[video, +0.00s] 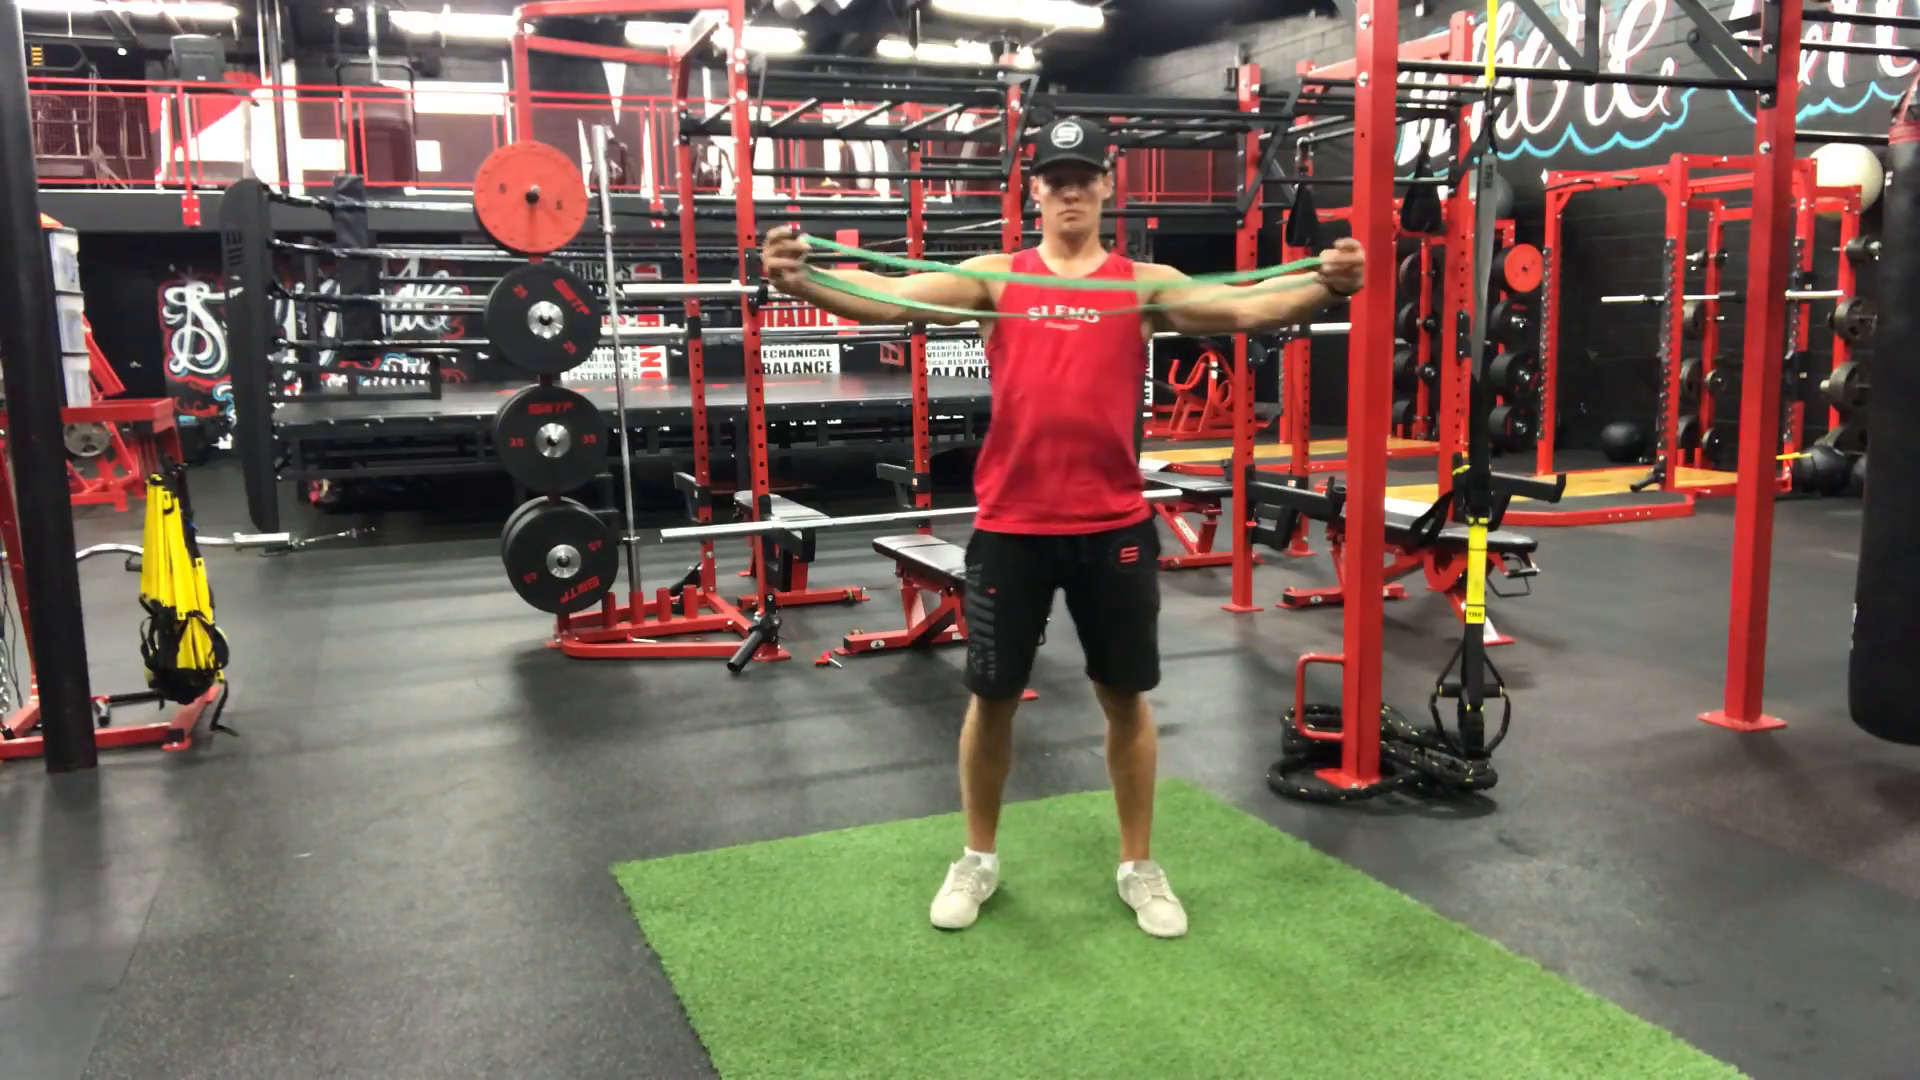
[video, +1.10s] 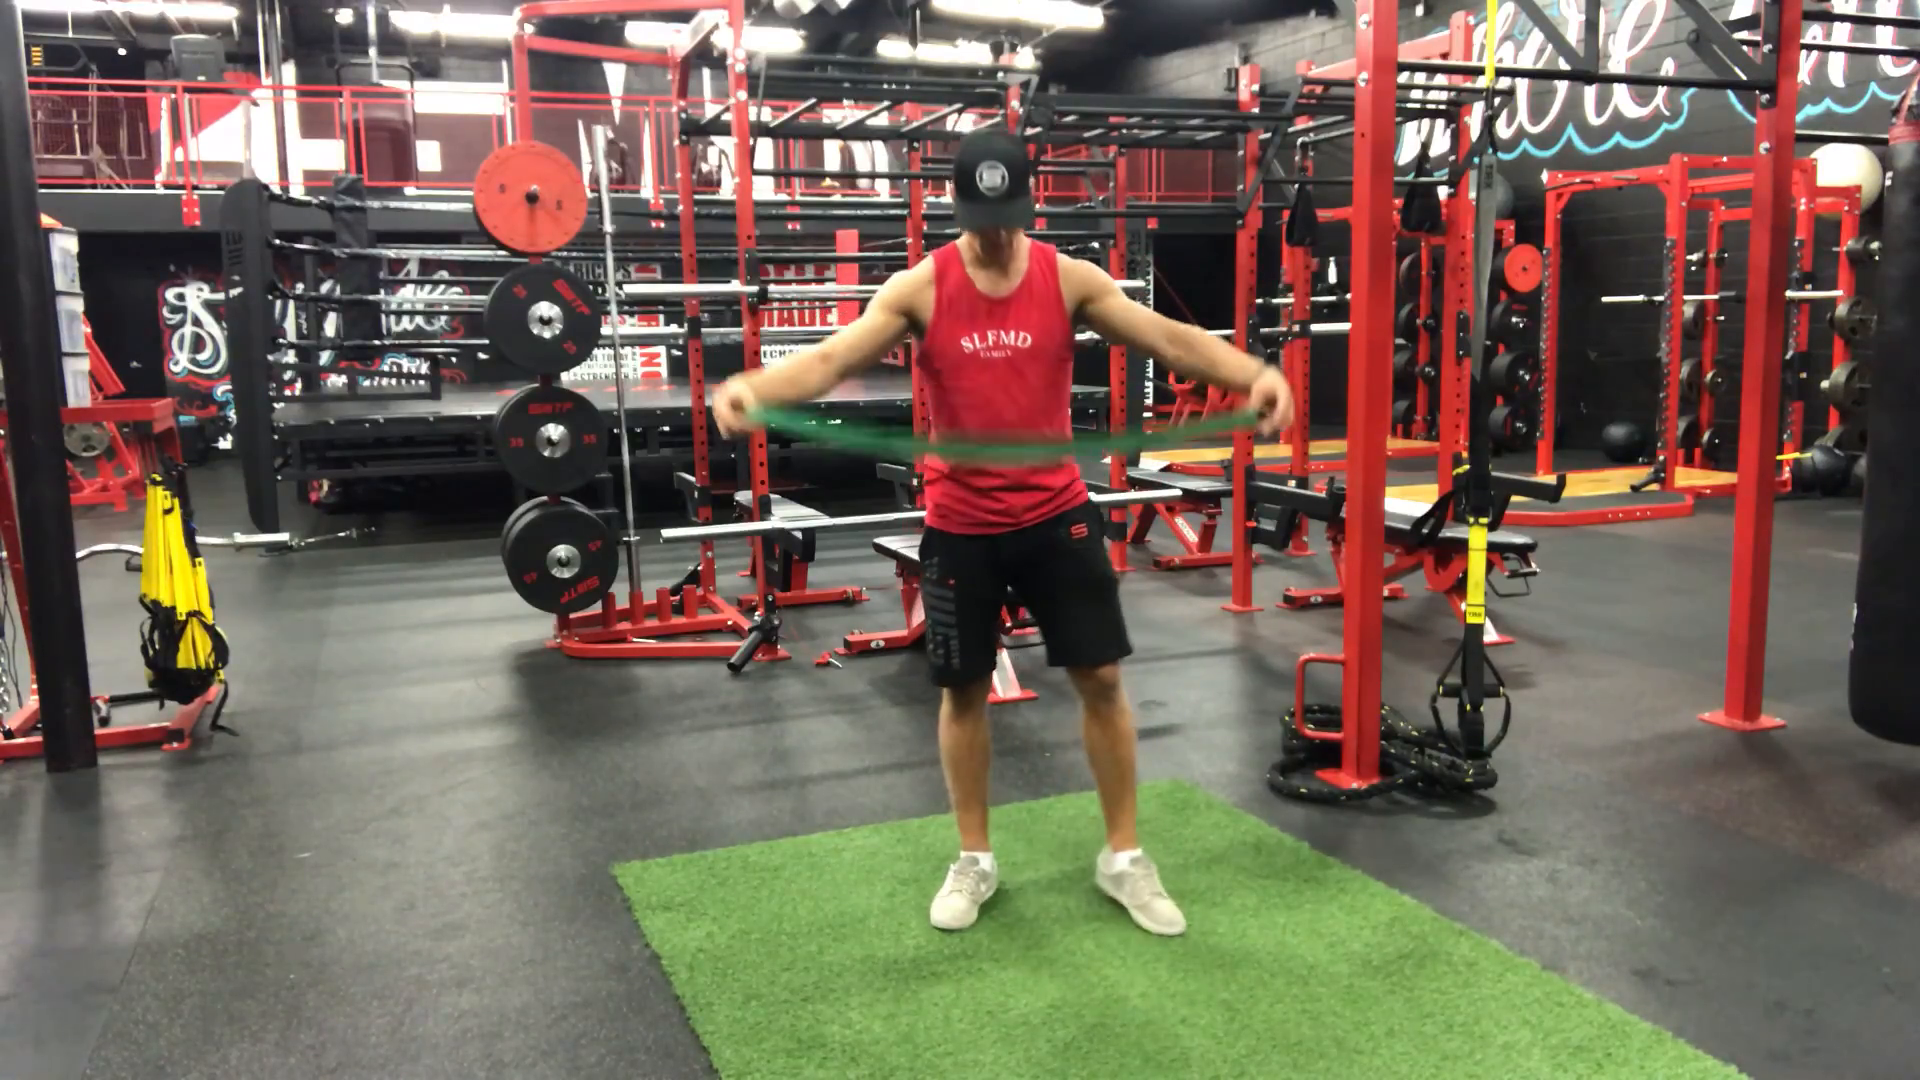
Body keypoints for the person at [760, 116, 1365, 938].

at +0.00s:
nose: (1071, 195)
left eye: (1085, 180)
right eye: (1057, 181)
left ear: (1108, 190)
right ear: (1035, 191)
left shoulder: (1141, 281)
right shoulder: (996, 275)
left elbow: (1245, 306)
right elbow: (896, 301)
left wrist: (1329, 282)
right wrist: (801, 279)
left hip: (1112, 523)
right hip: (1010, 524)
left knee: (1128, 703)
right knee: (990, 698)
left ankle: (1139, 865)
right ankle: (976, 859)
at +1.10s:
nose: (994, 232)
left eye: (1007, 217)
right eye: (980, 218)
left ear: (1028, 204)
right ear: (957, 206)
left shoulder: (1069, 280)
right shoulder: (918, 289)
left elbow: (1169, 339)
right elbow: (830, 359)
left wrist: (1255, 373)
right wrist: (752, 388)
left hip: (1055, 508)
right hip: (961, 518)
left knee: (1101, 679)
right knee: (963, 692)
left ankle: (1123, 853)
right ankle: (973, 858)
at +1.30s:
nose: (1020, 302)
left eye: (1032, 285)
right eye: (1005, 287)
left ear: (1055, 261)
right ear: (982, 265)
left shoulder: (1101, 310)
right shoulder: (948, 314)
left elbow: (1192, 390)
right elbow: (860, 402)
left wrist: (1277, 462)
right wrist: (779, 475)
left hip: (1080, 516)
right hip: (982, 520)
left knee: (1119, 677)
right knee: (973, 684)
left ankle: (1140, 827)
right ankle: (974, 856)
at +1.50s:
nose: (1046, 400)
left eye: (1059, 388)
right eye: (1033, 387)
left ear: (1085, 361)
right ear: (1010, 358)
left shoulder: (1125, 383)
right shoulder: (978, 384)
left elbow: (1209, 478)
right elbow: (887, 474)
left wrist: (1285, 575)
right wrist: (811, 567)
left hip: (1100, 527)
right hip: (1004, 524)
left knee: (1127, 675)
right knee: (976, 671)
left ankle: (1141, 832)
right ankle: (981, 831)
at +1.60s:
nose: (1048, 477)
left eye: (1063, 469)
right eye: (1034, 468)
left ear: (1092, 431)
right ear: (1012, 425)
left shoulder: (1132, 438)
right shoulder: (977, 433)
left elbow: (1214, 539)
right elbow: (892, 529)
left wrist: (1280, 633)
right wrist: (823, 626)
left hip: (1093, 530)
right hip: (997, 533)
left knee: (1128, 664)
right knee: (983, 677)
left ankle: (1143, 831)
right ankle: (993, 826)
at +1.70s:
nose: (1052, 561)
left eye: (1068, 551)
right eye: (1040, 550)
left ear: (1100, 509)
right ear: (1015, 508)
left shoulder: (1130, 497)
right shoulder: (979, 495)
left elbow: (1215, 599)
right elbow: (894, 589)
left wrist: (1280, 695)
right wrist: (830, 688)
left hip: (1098, 540)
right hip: (998, 541)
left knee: (1132, 667)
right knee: (979, 679)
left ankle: (1135, 821)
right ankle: (993, 828)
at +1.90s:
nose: (1062, 665)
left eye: (1072, 654)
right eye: (1052, 653)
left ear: (1103, 620)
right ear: (1027, 616)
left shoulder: (1146, 603)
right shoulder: (981, 601)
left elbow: (1221, 694)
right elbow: (900, 687)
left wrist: (1286, 792)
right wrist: (836, 785)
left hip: (1102, 537)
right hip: (1002, 538)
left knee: (1155, 680)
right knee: (964, 693)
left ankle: (1131, 822)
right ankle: (992, 830)